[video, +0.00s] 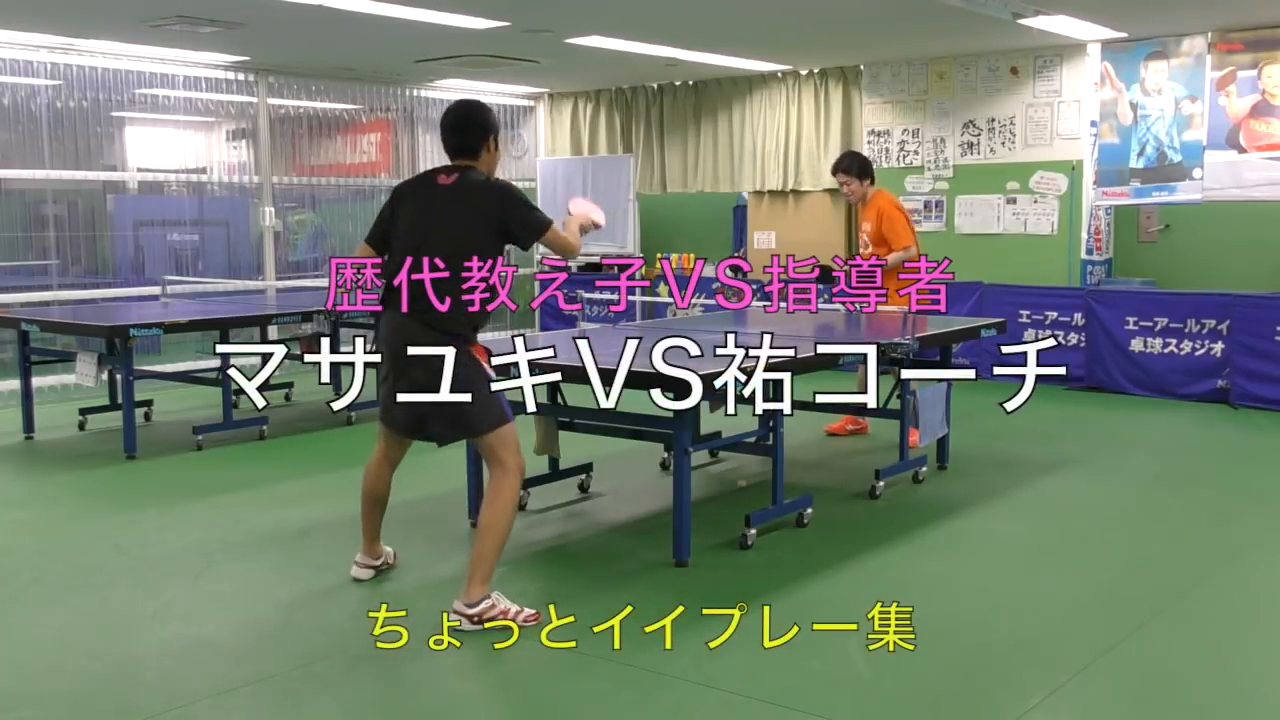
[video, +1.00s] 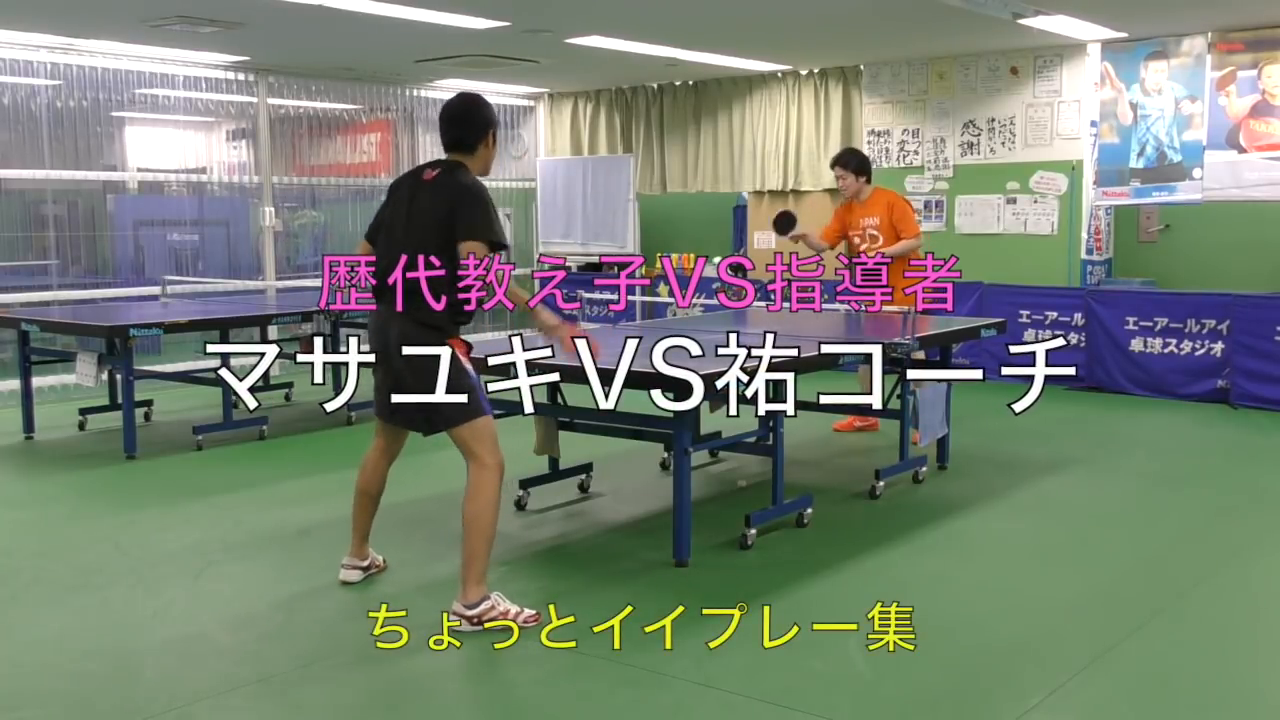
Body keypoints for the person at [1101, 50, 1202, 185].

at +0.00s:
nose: (1159, 77)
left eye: (1162, 71)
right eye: (1154, 71)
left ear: (1168, 72)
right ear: (1144, 72)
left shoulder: (1174, 89)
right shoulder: (1135, 91)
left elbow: (1199, 105)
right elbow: (1125, 121)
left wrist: (1191, 107)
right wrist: (1121, 94)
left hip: (1171, 161)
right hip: (1142, 163)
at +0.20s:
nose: (1159, 77)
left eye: (1162, 71)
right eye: (1154, 71)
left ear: (1168, 72)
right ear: (1144, 72)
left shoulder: (1174, 89)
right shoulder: (1135, 91)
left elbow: (1199, 105)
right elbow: (1125, 121)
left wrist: (1191, 107)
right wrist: (1121, 94)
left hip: (1171, 161)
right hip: (1142, 163)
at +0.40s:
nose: (1159, 77)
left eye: (1163, 71)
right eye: (1155, 71)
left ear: (1168, 73)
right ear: (1144, 72)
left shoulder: (1174, 89)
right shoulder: (1135, 91)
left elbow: (1199, 106)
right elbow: (1125, 121)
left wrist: (1191, 107)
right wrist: (1121, 94)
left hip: (1171, 161)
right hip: (1142, 163)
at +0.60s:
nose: (1159, 77)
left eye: (1163, 71)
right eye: (1155, 71)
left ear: (1168, 73)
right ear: (1144, 72)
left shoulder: (1173, 89)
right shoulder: (1135, 91)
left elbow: (1199, 106)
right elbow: (1125, 121)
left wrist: (1191, 107)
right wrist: (1121, 94)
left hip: (1171, 161)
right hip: (1142, 163)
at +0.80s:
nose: (1159, 77)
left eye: (1163, 71)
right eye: (1155, 71)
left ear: (1168, 73)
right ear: (1144, 72)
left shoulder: (1173, 89)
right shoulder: (1135, 91)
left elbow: (1199, 106)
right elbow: (1125, 121)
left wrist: (1191, 107)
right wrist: (1121, 94)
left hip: (1171, 161)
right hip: (1142, 163)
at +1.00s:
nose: (1159, 77)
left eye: (1163, 71)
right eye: (1155, 71)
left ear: (1168, 73)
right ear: (1144, 72)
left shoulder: (1173, 89)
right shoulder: (1135, 91)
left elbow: (1199, 106)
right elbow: (1125, 121)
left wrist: (1191, 107)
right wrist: (1121, 94)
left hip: (1171, 161)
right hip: (1142, 163)